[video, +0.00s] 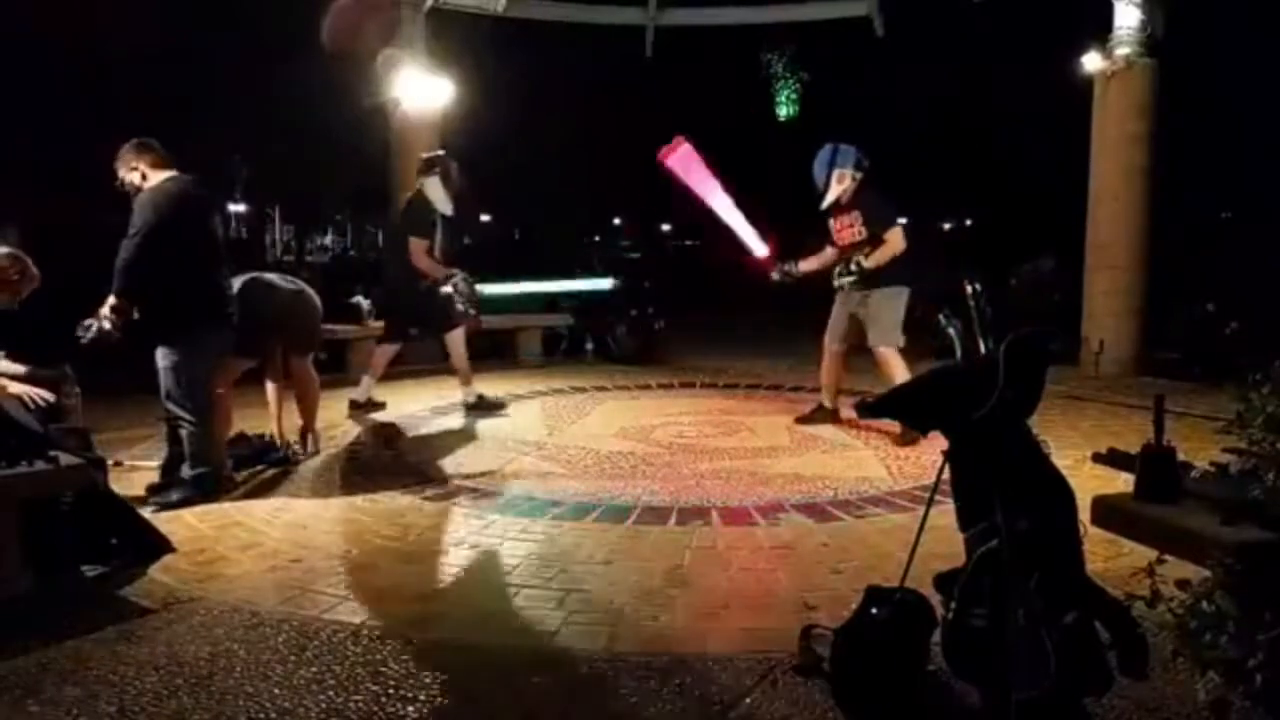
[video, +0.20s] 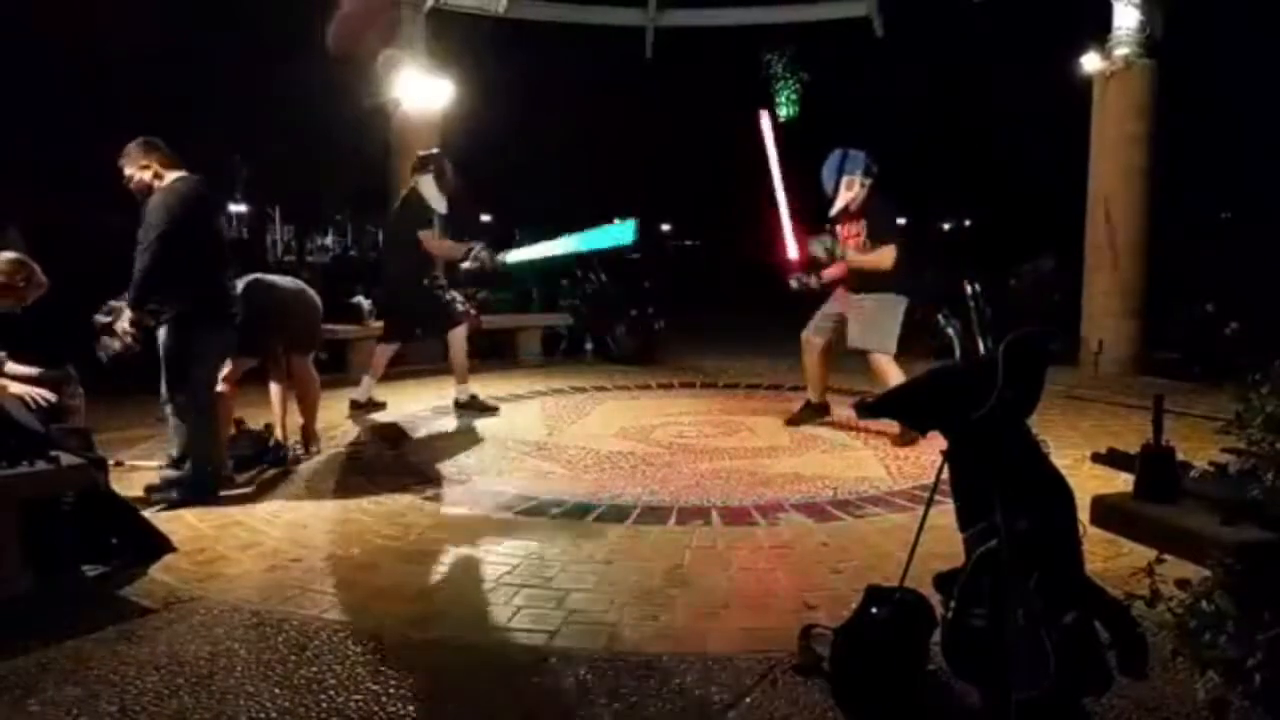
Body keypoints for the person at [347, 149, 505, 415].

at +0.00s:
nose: (456, 182)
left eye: (454, 176)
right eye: (452, 176)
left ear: (429, 176)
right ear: (439, 177)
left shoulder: (426, 204)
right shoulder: (422, 206)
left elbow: (423, 253)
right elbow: (417, 257)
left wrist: (443, 271)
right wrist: (446, 274)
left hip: (405, 283)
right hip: (413, 283)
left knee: (393, 337)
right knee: (454, 326)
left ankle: (361, 394)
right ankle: (471, 395)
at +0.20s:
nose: (449, 180)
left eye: (448, 174)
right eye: (445, 174)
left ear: (420, 174)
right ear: (433, 174)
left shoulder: (413, 200)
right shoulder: (419, 200)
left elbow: (432, 244)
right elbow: (431, 244)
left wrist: (463, 251)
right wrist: (467, 251)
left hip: (400, 284)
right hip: (412, 285)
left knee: (393, 336)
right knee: (457, 324)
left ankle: (362, 394)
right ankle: (463, 394)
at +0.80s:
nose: (470, 181)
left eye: (469, 174)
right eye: (466, 174)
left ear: (440, 175)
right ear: (454, 176)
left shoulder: (431, 201)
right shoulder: (436, 206)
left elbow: (437, 254)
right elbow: (435, 261)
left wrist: (453, 270)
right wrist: (460, 275)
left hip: (409, 283)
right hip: (424, 285)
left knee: (400, 331)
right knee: (465, 327)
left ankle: (360, 388)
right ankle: (467, 398)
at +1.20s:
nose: (432, 180)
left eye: (432, 173)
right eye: (429, 173)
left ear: (410, 172)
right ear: (416, 173)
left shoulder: (401, 199)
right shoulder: (395, 201)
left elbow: (397, 248)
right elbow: (394, 250)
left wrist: (417, 270)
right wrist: (417, 272)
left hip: (383, 277)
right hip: (389, 278)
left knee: (374, 335)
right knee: (423, 329)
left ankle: (347, 393)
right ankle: (435, 395)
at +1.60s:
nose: (434, 177)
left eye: (433, 170)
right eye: (430, 170)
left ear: (405, 172)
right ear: (417, 171)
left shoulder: (397, 198)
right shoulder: (398, 200)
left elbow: (416, 247)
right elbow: (417, 249)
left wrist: (450, 251)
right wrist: (453, 252)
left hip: (382, 282)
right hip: (394, 283)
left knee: (378, 337)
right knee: (434, 328)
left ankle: (348, 395)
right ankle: (446, 393)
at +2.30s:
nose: (412, 188)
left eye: (412, 182)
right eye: (410, 181)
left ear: (387, 177)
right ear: (399, 178)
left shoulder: (376, 202)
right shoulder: (378, 205)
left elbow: (392, 248)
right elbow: (395, 250)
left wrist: (427, 252)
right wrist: (428, 249)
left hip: (365, 281)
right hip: (376, 283)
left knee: (358, 340)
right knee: (412, 332)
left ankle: (325, 392)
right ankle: (440, 391)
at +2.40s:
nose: (393, 185)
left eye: (390, 179)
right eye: (387, 178)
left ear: (371, 177)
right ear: (376, 177)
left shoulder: (370, 199)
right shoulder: (366, 199)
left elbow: (385, 241)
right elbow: (384, 245)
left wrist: (417, 245)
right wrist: (419, 246)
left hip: (353, 276)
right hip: (363, 278)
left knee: (351, 335)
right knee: (396, 327)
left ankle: (324, 390)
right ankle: (405, 384)